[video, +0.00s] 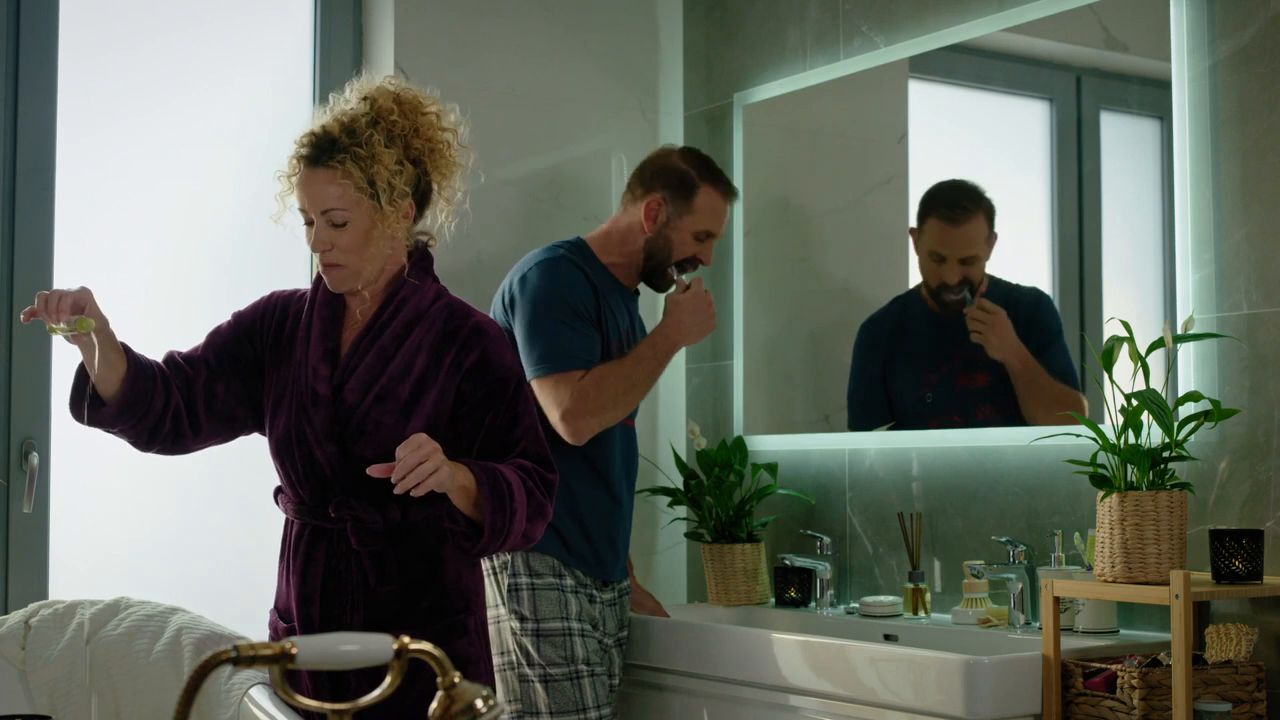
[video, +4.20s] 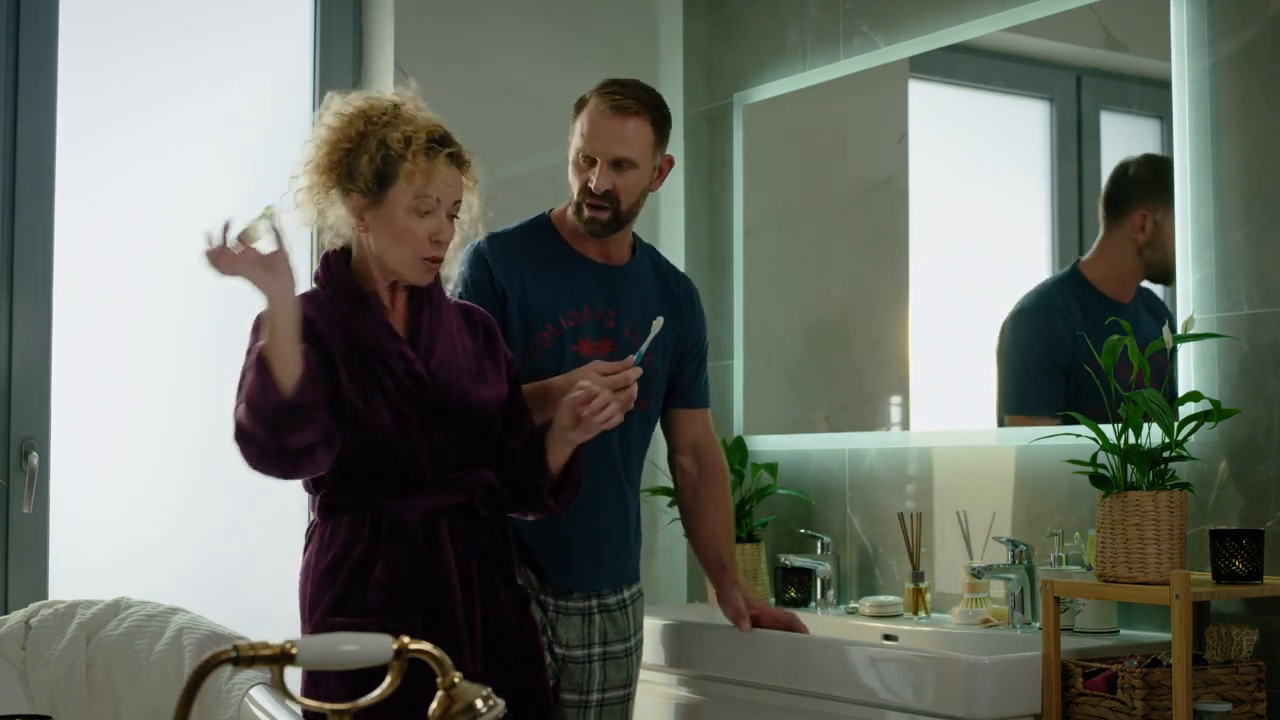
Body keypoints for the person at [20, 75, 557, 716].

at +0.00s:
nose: (317, 241)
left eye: (336, 220)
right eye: (310, 220)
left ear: (403, 215)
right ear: (301, 215)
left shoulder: (472, 346)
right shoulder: (283, 328)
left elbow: (533, 496)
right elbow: (176, 407)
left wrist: (458, 480)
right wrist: (99, 348)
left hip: (432, 628)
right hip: (307, 626)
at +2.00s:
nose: (318, 258)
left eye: (329, 225)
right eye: (295, 244)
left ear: (378, 206)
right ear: (284, 250)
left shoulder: (475, 332)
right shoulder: (289, 329)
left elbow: (531, 492)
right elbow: (173, 404)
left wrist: (463, 474)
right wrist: (126, 321)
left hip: (436, 616)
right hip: (313, 615)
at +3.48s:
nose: (330, 220)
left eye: (358, 201)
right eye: (323, 200)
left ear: (411, 216)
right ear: (311, 207)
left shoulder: (476, 331)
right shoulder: (291, 339)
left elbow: (529, 484)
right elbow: (211, 457)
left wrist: (460, 466)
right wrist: (141, 374)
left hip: (441, 614)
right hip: (318, 614)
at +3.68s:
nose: (388, 218)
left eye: (407, 197)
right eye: (366, 196)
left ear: (429, 210)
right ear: (326, 208)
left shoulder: (479, 330)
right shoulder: (287, 343)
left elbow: (532, 487)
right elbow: (226, 478)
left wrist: (473, 459)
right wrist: (148, 391)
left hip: (451, 618)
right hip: (324, 618)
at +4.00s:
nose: (435, 224)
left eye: (441, 204)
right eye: (412, 201)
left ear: (451, 207)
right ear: (348, 205)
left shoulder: (479, 328)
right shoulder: (284, 341)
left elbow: (529, 505)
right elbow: (241, 497)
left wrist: (535, 454)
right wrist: (205, 369)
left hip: (479, 612)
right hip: (349, 619)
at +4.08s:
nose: (441, 227)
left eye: (446, 207)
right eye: (420, 206)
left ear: (453, 210)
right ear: (355, 211)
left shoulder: (478, 327)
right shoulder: (291, 336)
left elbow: (509, 489)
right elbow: (253, 481)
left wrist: (538, 448)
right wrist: (233, 336)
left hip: (482, 602)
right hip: (358, 606)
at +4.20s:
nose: (443, 234)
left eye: (451, 215)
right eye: (423, 211)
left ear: (461, 217)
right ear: (360, 210)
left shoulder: (475, 331)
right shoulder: (305, 325)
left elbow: (509, 488)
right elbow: (282, 453)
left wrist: (562, 434)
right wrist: (281, 300)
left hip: (485, 600)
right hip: (368, 602)